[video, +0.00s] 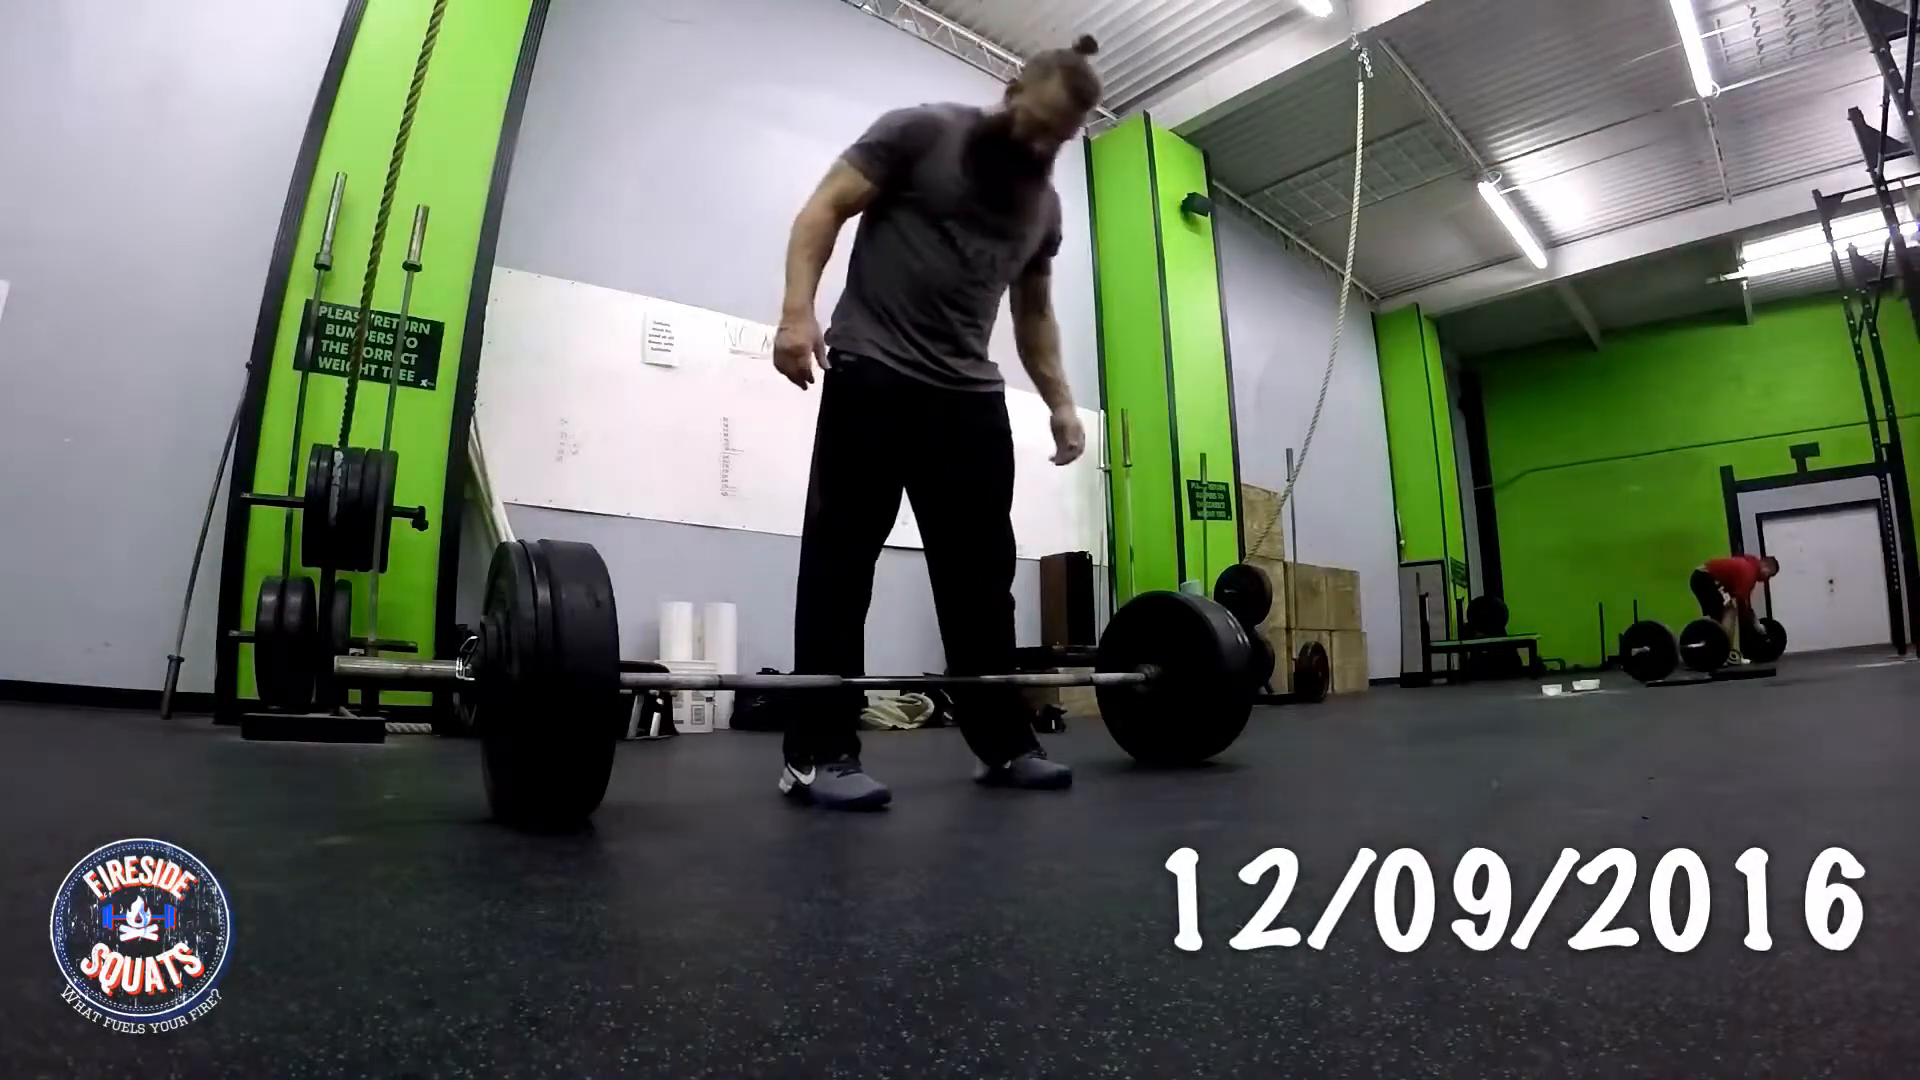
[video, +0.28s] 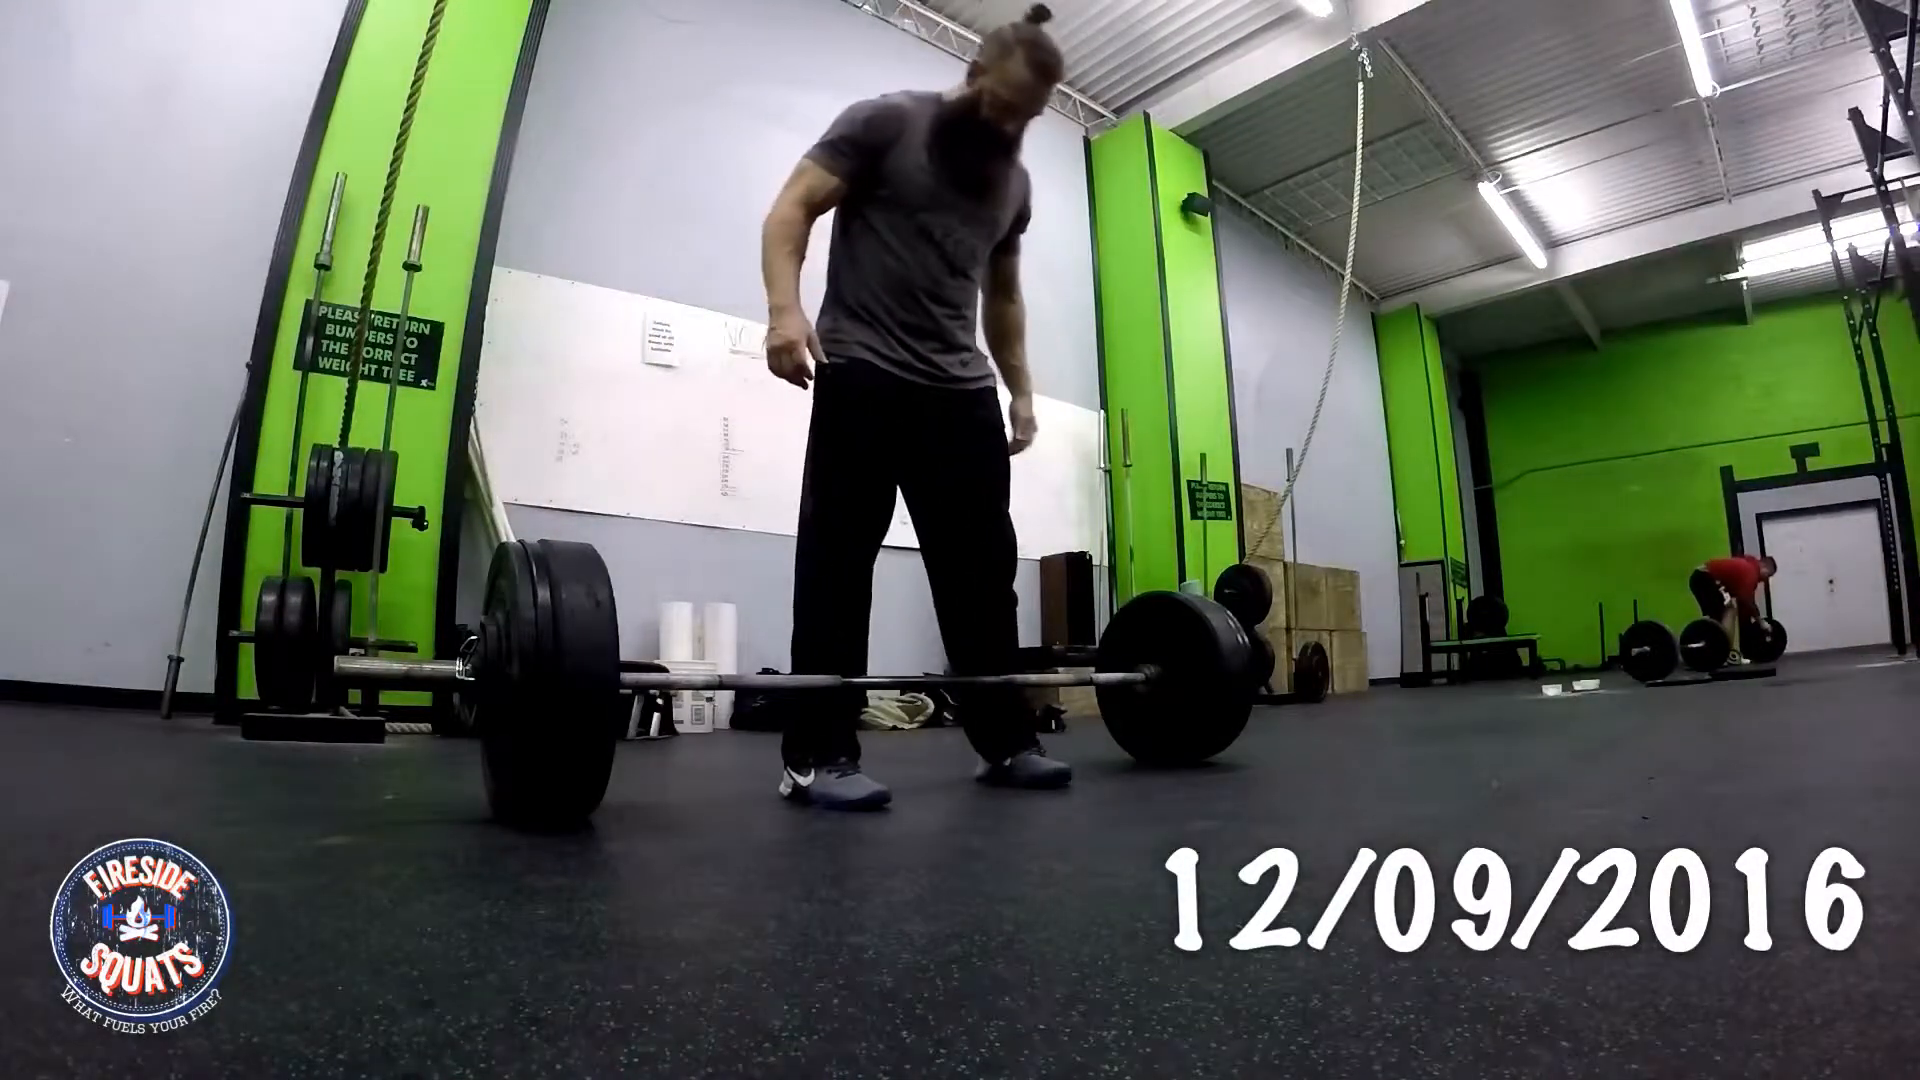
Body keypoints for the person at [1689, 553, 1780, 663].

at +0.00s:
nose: (1766, 578)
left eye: (1769, 576)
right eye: (1768, 574)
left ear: (1764, 564)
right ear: (1764, 567)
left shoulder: (1750, 567)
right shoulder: (1749, 571)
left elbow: (1744, 600)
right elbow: (1742, 601)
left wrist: (1754, 621)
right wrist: (1753, 623)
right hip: (1705, 577)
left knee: (1715, 615)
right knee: (1729, 611)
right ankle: (1730, 654)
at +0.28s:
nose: (1766, 578)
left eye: (1768, 576)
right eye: (1767, 574)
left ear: (1762, 564)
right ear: (1763, 568)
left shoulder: (1749, 567)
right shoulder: (1751, 572)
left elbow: (1747, 600)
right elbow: (1747, 601)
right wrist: (1759, 621)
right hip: (1704, 577)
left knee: (1715, 615)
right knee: (1730, 609)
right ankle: (1731, 654)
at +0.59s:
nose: (1766, 578)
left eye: (1769, 576)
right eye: (1768, 575)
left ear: (1762, 564)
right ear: (1764, 569)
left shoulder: (1748, 567)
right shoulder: (1752, 572)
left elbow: (1745, 600)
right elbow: (1746, 599)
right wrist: (1758, 620)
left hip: (1699, 575)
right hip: (1705, 577)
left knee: (1714, 616)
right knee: (1730, 610)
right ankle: (1731, 654)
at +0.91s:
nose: (1767, 592)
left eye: (1770, 590)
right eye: (1770, 588)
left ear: (1764, 577)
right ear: (1766, 581)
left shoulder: (1749, 577)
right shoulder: (1751, 580)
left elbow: (1742, 609)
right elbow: (1743, 610)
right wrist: (1746, 631)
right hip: (1705, 578)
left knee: (1717, 616)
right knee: (1730, 612)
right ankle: (1732, 654)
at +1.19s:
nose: (1766, 601)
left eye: (1769, 600)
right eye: (1769, 598)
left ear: (1765, 586)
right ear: (1766, 590)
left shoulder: (1752, 581)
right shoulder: (1751, 587)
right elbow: (1746, 622)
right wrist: (1754, 647)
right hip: (1704, 580)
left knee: (1716, 617)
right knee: (1732, 612)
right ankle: (1729, 654)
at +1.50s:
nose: (1766, 592)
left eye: (1769, 591)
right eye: (1768, 589)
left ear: (1765, 579)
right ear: (1766, 582)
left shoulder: (1751, 576)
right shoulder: (1752, 582)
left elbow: (1743, 608)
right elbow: (1744, 612)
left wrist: (1751, 628)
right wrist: (1752, 633)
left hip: (1702, 577)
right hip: (1704, 579)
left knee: (1718, 617)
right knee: (1731, 612)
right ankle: (1728, 654)